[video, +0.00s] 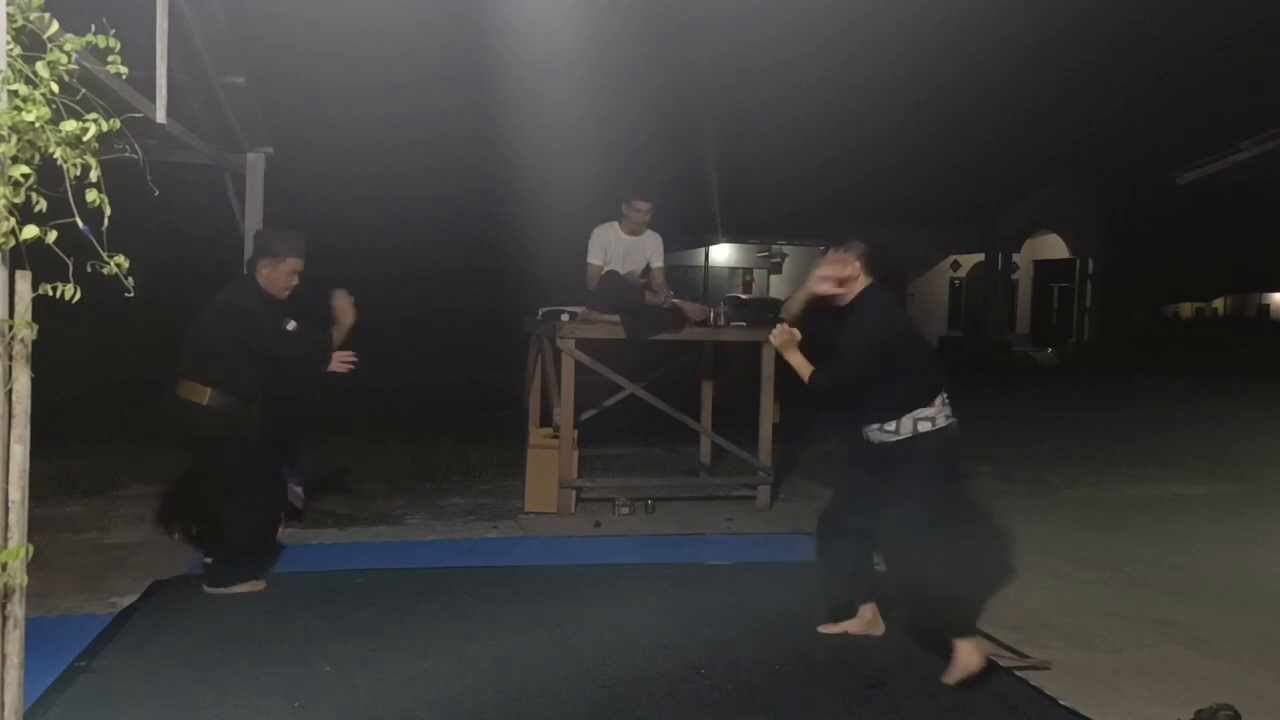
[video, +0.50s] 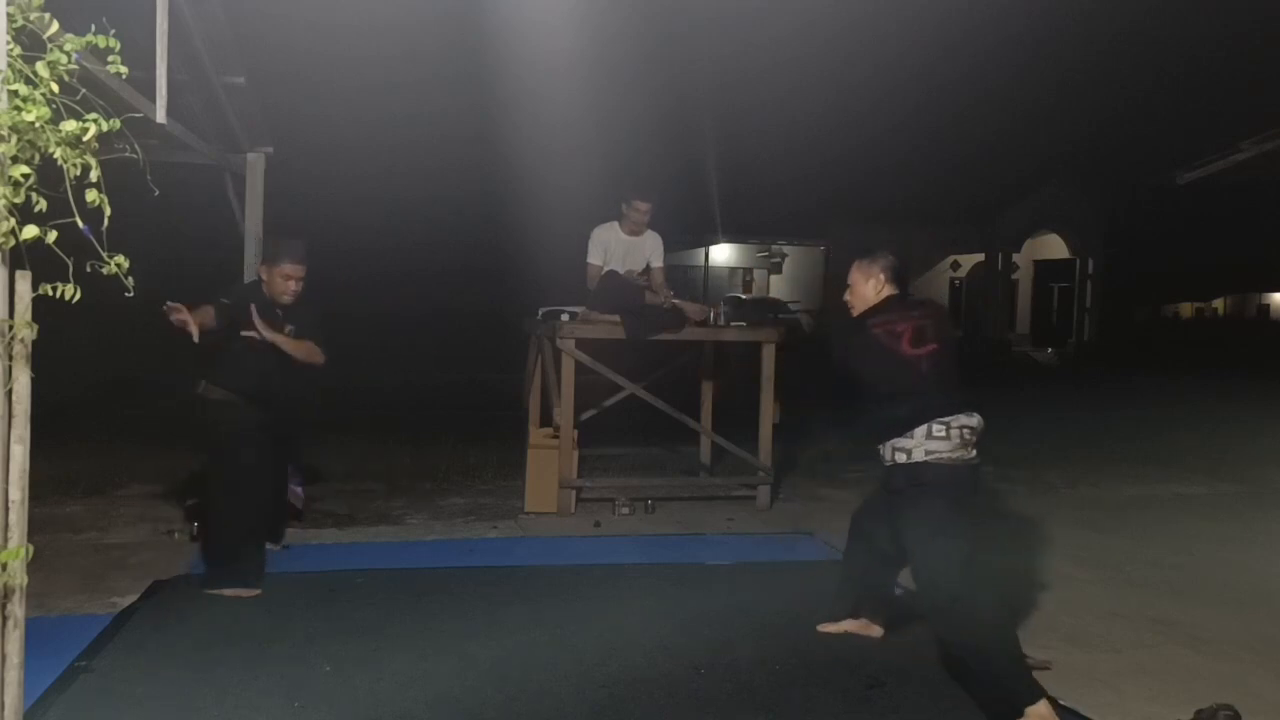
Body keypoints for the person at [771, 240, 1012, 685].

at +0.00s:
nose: (827, 274)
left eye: (838, 264)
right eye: (825, 266)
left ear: (859, 272)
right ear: (825, 273)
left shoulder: (876, 314)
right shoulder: (844, 310)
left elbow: (832, 389)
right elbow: (789, 322)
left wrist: (792, 354)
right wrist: (807, 289)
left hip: (922, 445)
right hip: (880, 444)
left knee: (908, 544)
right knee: (842, 524)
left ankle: (964, 642)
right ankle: (866, 613)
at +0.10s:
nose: (827, 284)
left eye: (832, 276)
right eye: (829, 276)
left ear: (855, 280)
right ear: (862, 279)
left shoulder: (853, 327)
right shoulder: (886, 308)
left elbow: (833, 389)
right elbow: (819, 310)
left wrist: (817, 347)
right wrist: (764, 302)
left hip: (911, 459)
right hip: (928, 451)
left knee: (932, 565)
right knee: (841, 526)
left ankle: (1010, 671)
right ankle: (864, 611)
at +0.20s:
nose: (830, 291)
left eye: (835, 283)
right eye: (833, 283)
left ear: (859, 283)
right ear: (868, 281)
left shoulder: (848, 333)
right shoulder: (899, 310)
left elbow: (813, 404)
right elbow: (833, 314)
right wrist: (776, 312)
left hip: (911, 466)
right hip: (934, 455)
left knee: (943, 572)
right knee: (848, 526)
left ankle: (1025, 687)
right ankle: (866, 612)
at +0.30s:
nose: (836, 298)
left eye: (841, 289)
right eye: (837, 290)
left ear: (867, 288)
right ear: (874, 286)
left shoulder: (858, 335)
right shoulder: (917, 317)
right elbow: (865, 321)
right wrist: (820, 324)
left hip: (916, 473)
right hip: (939, 464)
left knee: (946, 582)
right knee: (853, 526)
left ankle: (1030, 702)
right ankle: (864, 612)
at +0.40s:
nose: (843, 299)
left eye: (848, 290)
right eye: (843, 290)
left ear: (873, 286)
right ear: (884, 285)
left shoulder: (857, 336)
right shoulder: (931, 320)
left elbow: (845, 406)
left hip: (915, 476)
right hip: (956, 471)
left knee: (954, 592)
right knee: (865, 526)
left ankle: (1030, 701)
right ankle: (864, 611)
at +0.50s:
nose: (846, 295)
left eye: (852, 285)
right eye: (847, 285)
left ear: (878, 282)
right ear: (887, 282)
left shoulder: (864, 333)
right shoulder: (933, 318)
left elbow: (852, 409)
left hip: (923, 477)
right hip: (957, 472)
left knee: (954, 596)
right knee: (870, 524)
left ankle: (1030, 703)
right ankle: (867, 613)